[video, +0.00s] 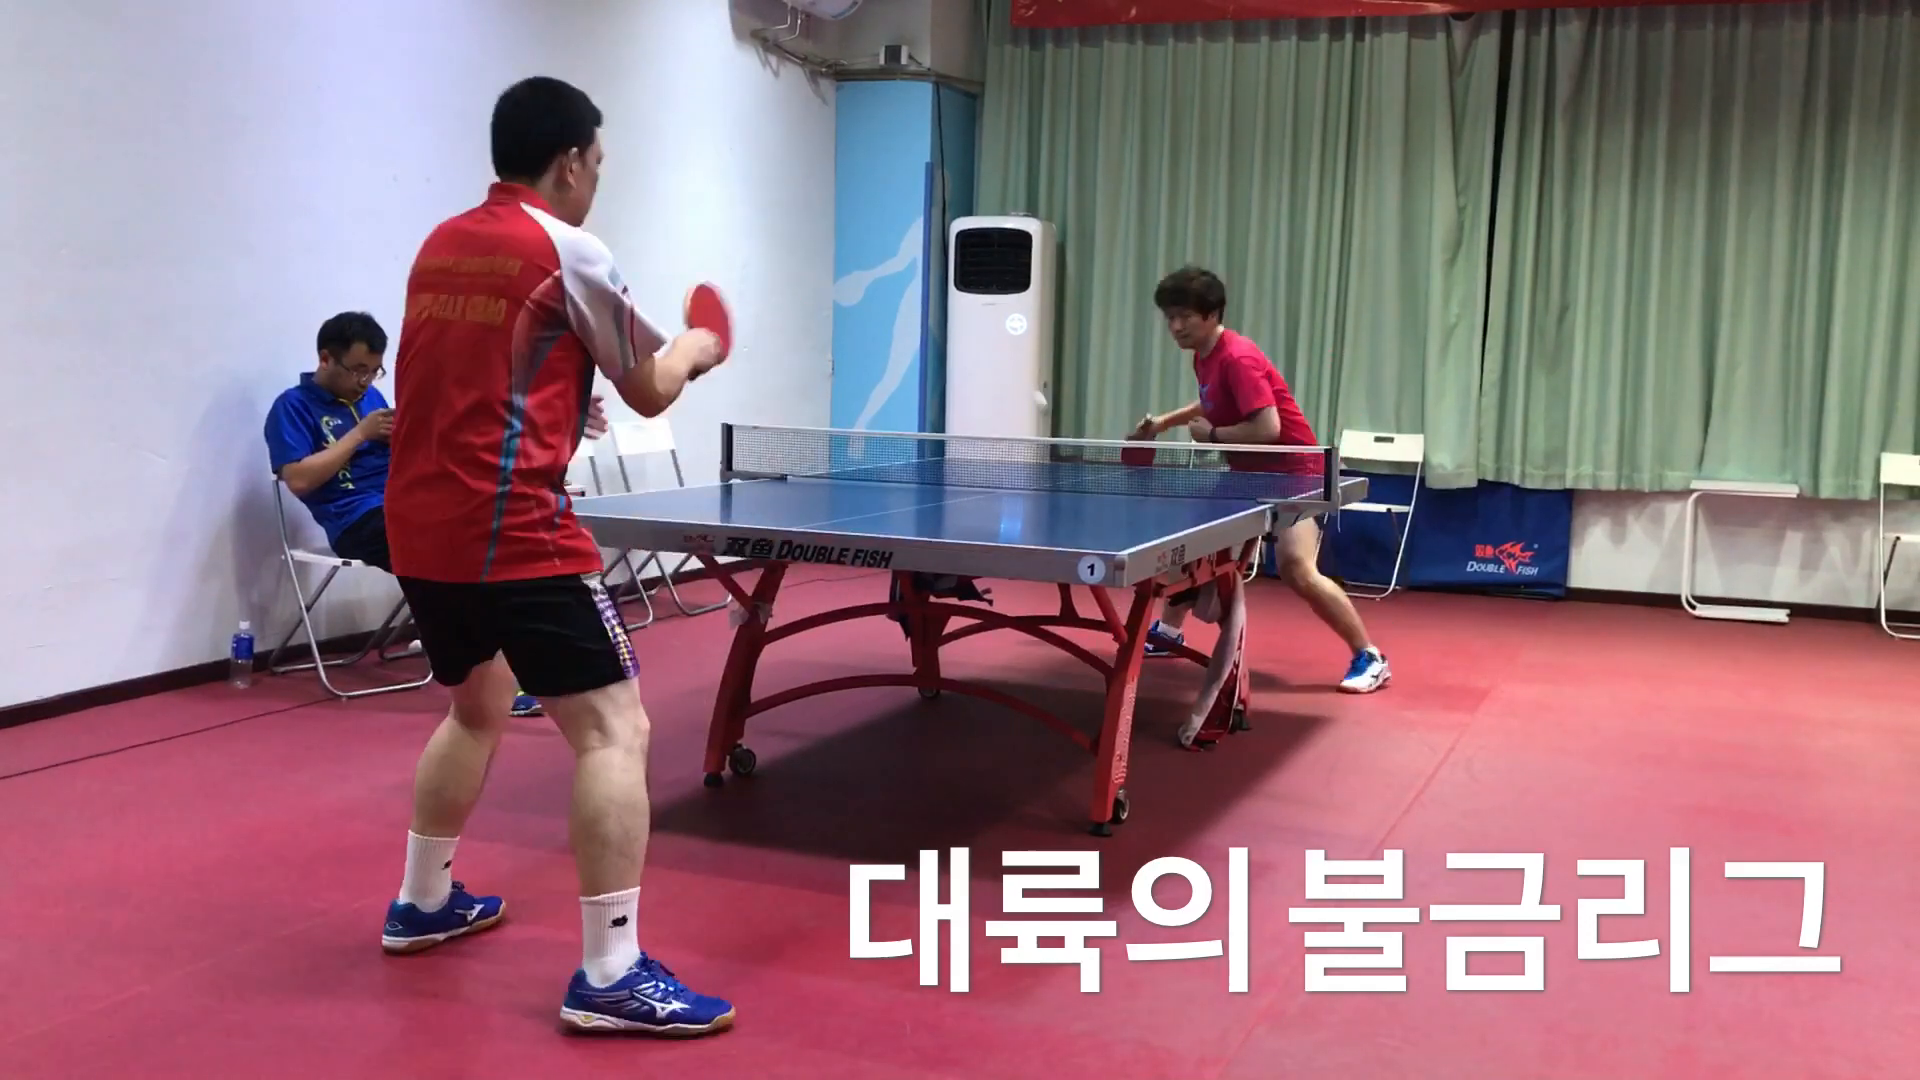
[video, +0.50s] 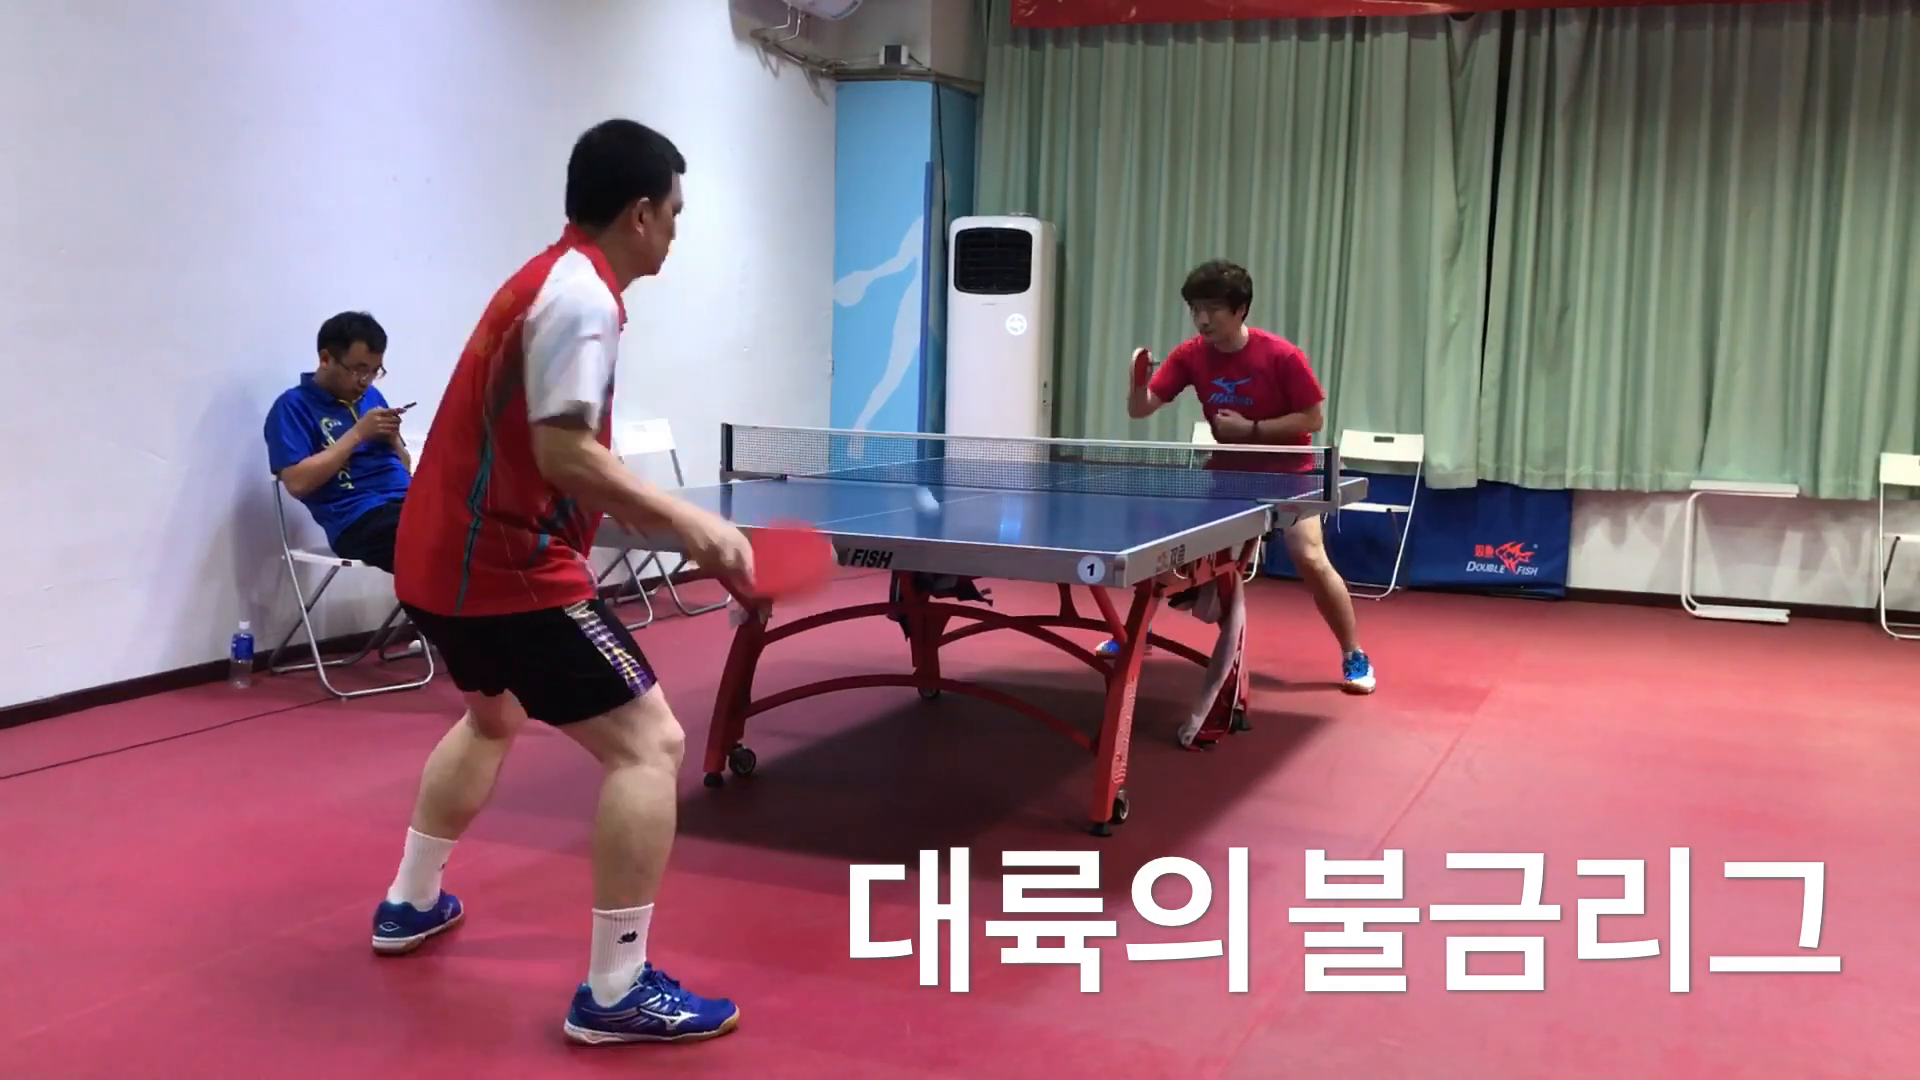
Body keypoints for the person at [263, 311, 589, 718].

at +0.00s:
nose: (367, 382)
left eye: (373, 373)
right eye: (358, 372)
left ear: (378, 364)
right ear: (325, 360)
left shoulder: (368, 396)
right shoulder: (291, 408)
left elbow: (405, 450)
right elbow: (299, 480)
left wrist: (404, 430)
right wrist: (360, 436)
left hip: (409, 504)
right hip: (361, 523)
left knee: (493, 548)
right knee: (460, 561)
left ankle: (510, 678)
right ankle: (505, 685)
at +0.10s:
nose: (366, 379)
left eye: (371, 370)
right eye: (357, 370)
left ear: (377, 365)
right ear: (324, 360)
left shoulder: (369, 397)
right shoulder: (292, 408)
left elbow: (403, 454)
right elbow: (299, 480)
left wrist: (405, 428)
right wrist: (362, 433)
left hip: (408, 505)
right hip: (359, 521)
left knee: (485, 550)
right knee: (456, 560)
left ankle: (511, 677)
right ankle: (499, 684)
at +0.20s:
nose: (366, 380)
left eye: (372, 370)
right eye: (358, 370)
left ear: (378, 365)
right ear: (325, 361)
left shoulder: (369, 397)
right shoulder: (292, 408)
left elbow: (407, 458)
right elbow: (300, 480)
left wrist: (402, 434)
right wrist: (363, 434)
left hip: (410, 505)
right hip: (361, 522)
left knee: (482, 549)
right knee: (453, 561)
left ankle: (506, 673)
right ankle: (493, 680)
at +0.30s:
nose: (365, 381)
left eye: (372, 371)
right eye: (358, 370)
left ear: (378, 366)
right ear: (325, 360)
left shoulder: (369, 397)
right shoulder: (292, 408)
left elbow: (405, 465)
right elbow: (300, 480)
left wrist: (395, 440)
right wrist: (363, 435)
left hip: (409, 505)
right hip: (360, 522)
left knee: (485, 550)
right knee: (457, 562)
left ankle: (512, 674)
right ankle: (494, 681)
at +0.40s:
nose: (366, 381)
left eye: (373, 371)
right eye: (357, 370)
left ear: (379, 366)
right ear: (325, 359)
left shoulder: (370, 398)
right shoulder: (292, 408)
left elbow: (405, 465)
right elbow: (298, 481)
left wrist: (394, 440)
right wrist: (361, 434)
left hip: (408, 506)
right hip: (359, 521)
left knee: (485, 551)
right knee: (455, 561)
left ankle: (514, 677)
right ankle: (495, 685)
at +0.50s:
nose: (367, 381)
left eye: (374, 371)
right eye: (359, 370)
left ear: (380, 365)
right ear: (325, 360)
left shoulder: (372, 397)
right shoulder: (290, 408)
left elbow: (405, 467)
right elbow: (297, 483)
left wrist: (394, 439)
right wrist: (358, 433)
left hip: (408, 503)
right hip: (359, 520)